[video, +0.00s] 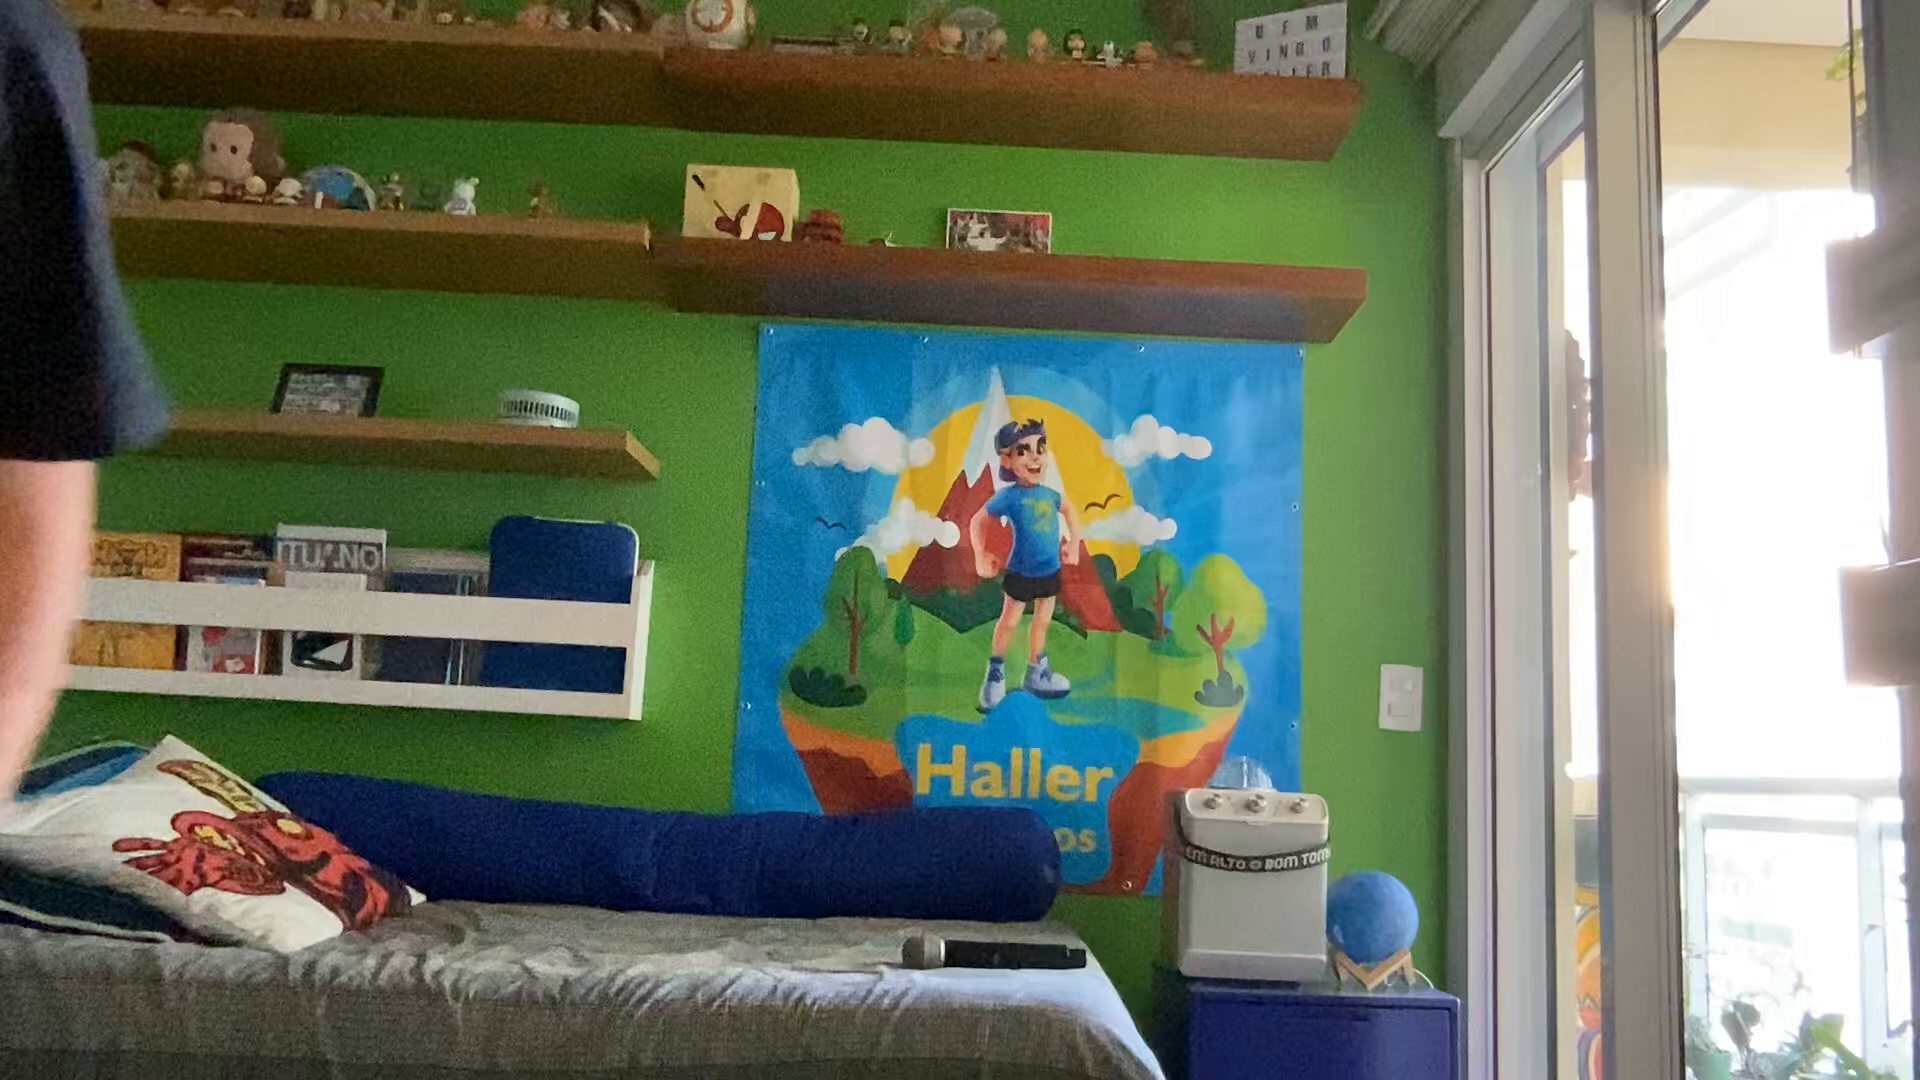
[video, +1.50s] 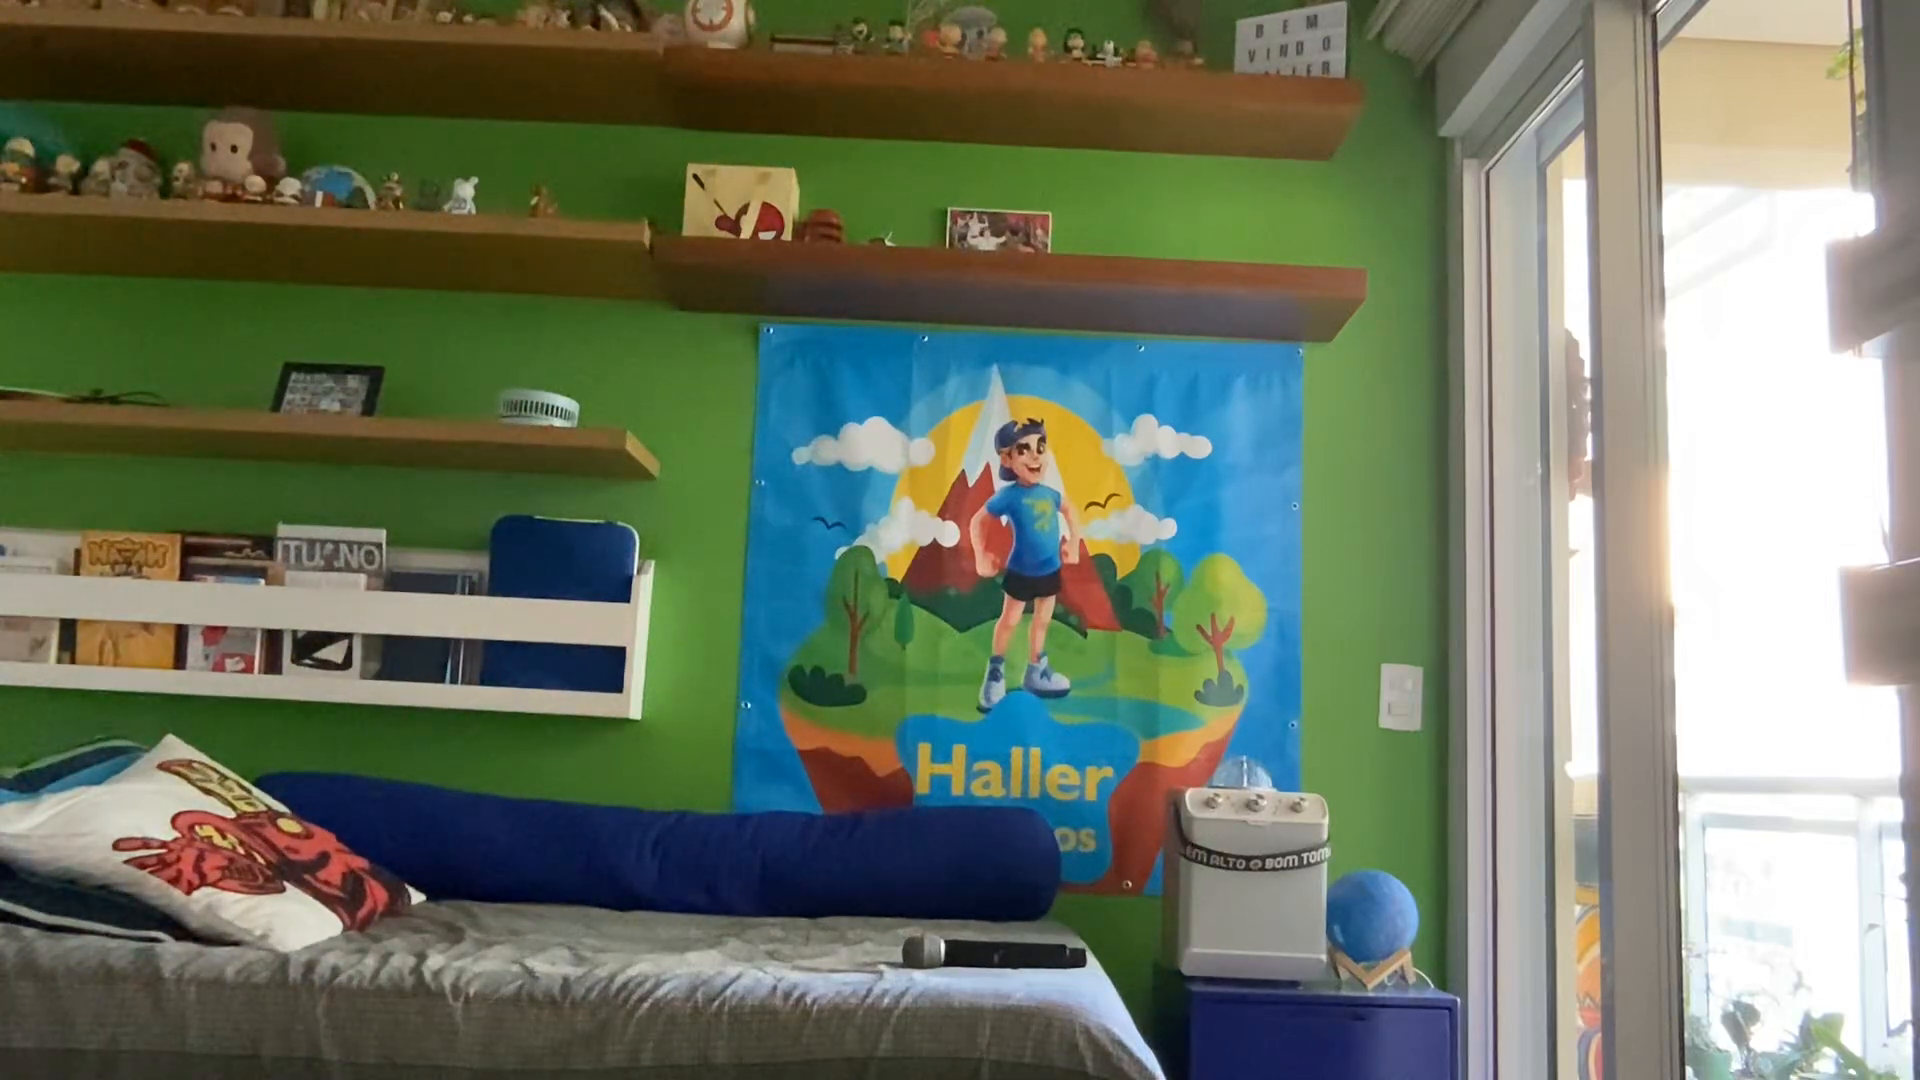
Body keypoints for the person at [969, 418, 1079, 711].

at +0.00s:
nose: (1034, 458)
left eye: (1040, 450)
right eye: (1024, 451)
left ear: (1047, 456)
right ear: (1007, 461)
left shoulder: (1050, 495)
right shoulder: (1007, 496)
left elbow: (1069, 511)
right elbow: (977, 521)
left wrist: (1074, 542)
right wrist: (980, 555)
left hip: (1049, 571)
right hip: (1020, 572)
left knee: (1043, 619)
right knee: (1009, 620)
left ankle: (1037, 671)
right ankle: (995, 672)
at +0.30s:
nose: (1034, 458)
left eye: (1040, 450)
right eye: (1024, 451)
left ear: (1047, 455)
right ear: (1007, 459)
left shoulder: (1050, 494)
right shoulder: (1008, 496)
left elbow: (1070, 512)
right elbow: (977, 520)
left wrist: (1074, 541)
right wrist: (980, 555)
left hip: (1049, 570)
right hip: (1020, 571)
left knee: (1043, 618)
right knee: (1010, 619)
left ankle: (1036, 670)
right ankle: (995, 672)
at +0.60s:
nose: (1034, 458)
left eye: (1040, 449)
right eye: (1024, 450)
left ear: (1046, 455)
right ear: (1007, 459)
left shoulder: (1050, 494)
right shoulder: (1007, 496)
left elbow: (1070, 513)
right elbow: (977, 521)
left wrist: (1074, 541)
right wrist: (980, 555)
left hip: (1049, 570)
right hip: (1020, 572)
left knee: (1043, 618)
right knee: (1010, 619)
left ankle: (1036, 670)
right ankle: (996, 670)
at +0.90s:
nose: (1034, 458)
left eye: (1040, 450)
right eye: (1024, 450)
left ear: (1047, 455)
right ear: (1008, 459)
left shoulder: (1050, 494)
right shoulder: (1008, 496)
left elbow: (1070, 513)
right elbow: (977, 521)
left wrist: (1074, 542)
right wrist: (980, 555)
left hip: (1049, 570)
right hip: (1020, 571)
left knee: (1043, 618)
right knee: (1010, 619)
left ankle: (1036, 670)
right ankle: (996, 671)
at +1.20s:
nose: (1034, 458)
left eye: (1040, 450)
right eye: (1024, 450)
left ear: (1046, 455)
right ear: (1008, 459)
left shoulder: (1050, 494)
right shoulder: (1008, 496)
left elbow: (1070, 513)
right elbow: (977, 521)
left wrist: (1074, 542)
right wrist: (980, 555)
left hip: (1049, 570)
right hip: (1020, 572)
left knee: (1043, 618)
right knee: (1010, 619)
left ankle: (1036, 670)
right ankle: (995, 672)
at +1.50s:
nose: (1034, 458)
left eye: (1040, 450)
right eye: (1024, 450)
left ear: (1046, 455)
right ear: (1008, 459)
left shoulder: (1050, 494)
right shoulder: (1007, 496)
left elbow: (1070, 513)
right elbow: (977, 521)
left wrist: (1074, 542)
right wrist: (980, 555)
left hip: (1049, 570)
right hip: (1020, 571)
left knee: (1043, 618)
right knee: (1010, 619)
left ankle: (1036, 670)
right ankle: (995, 671)